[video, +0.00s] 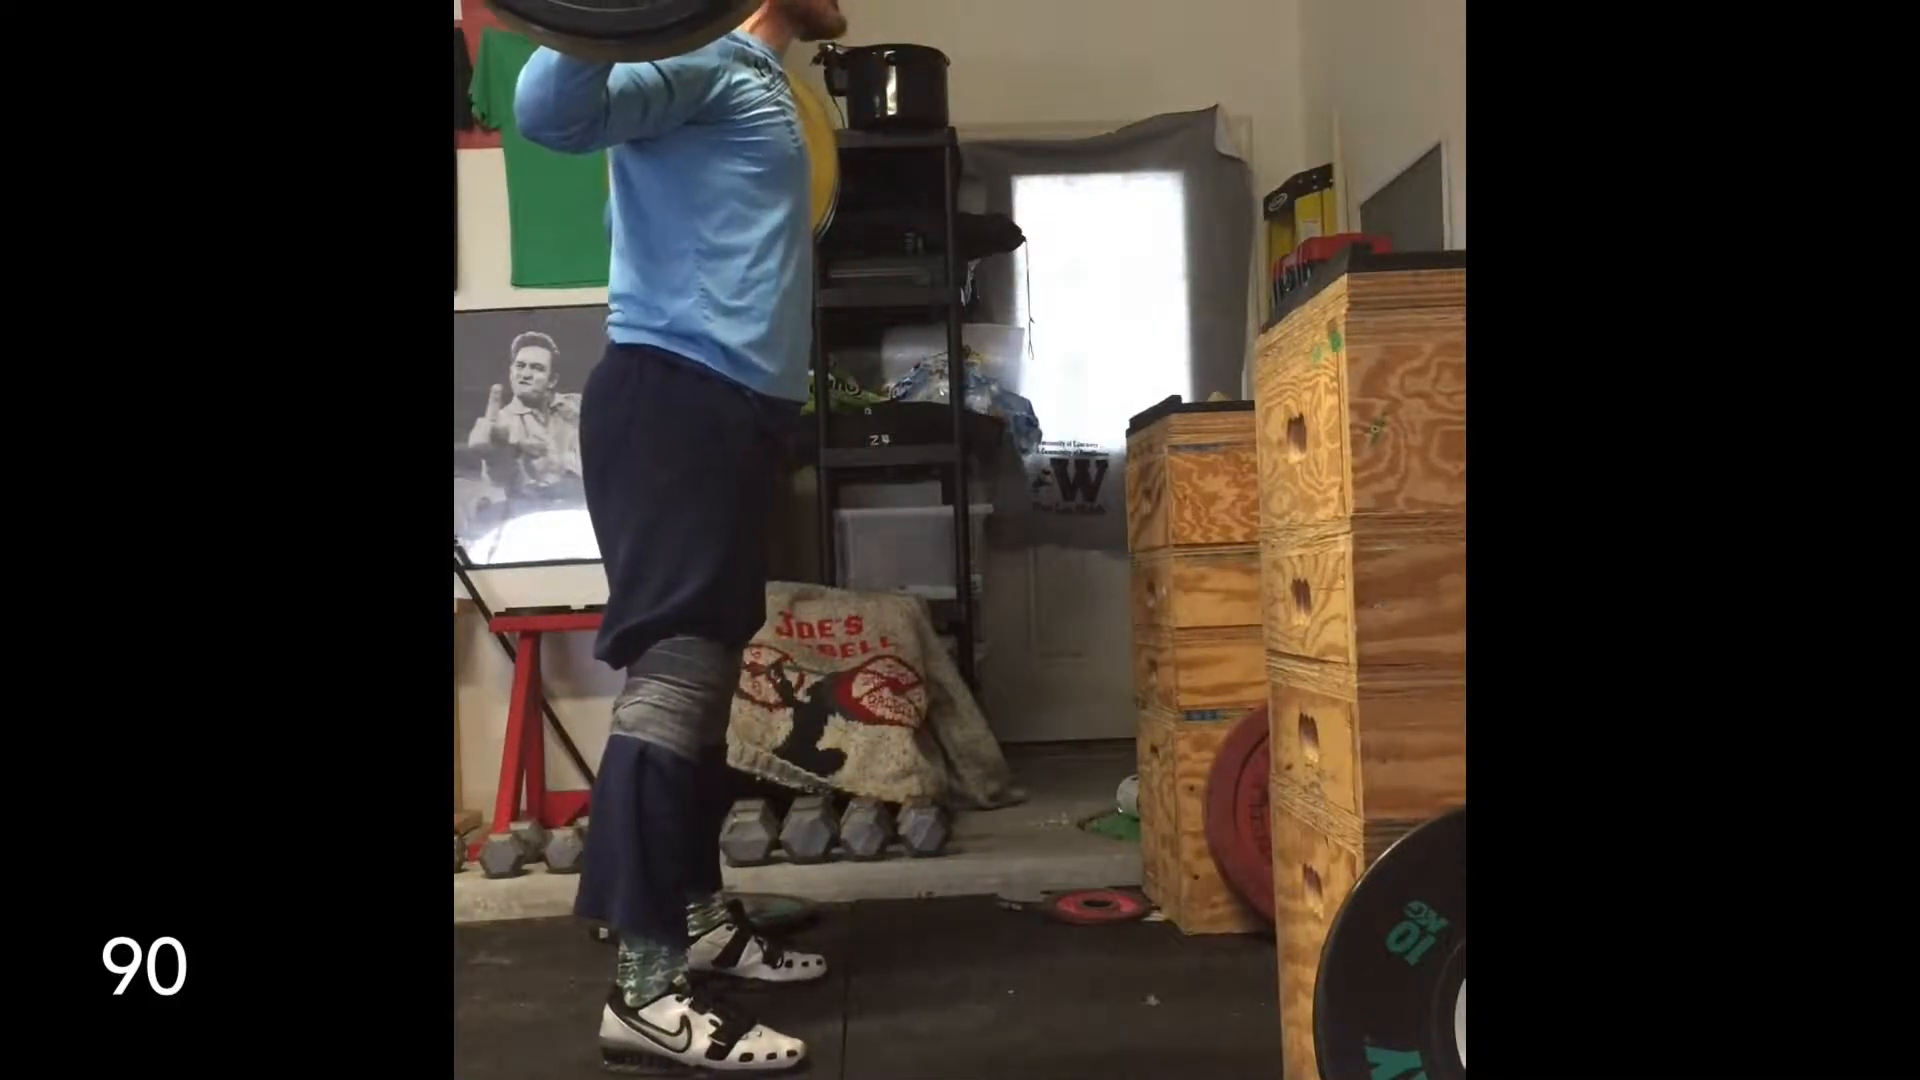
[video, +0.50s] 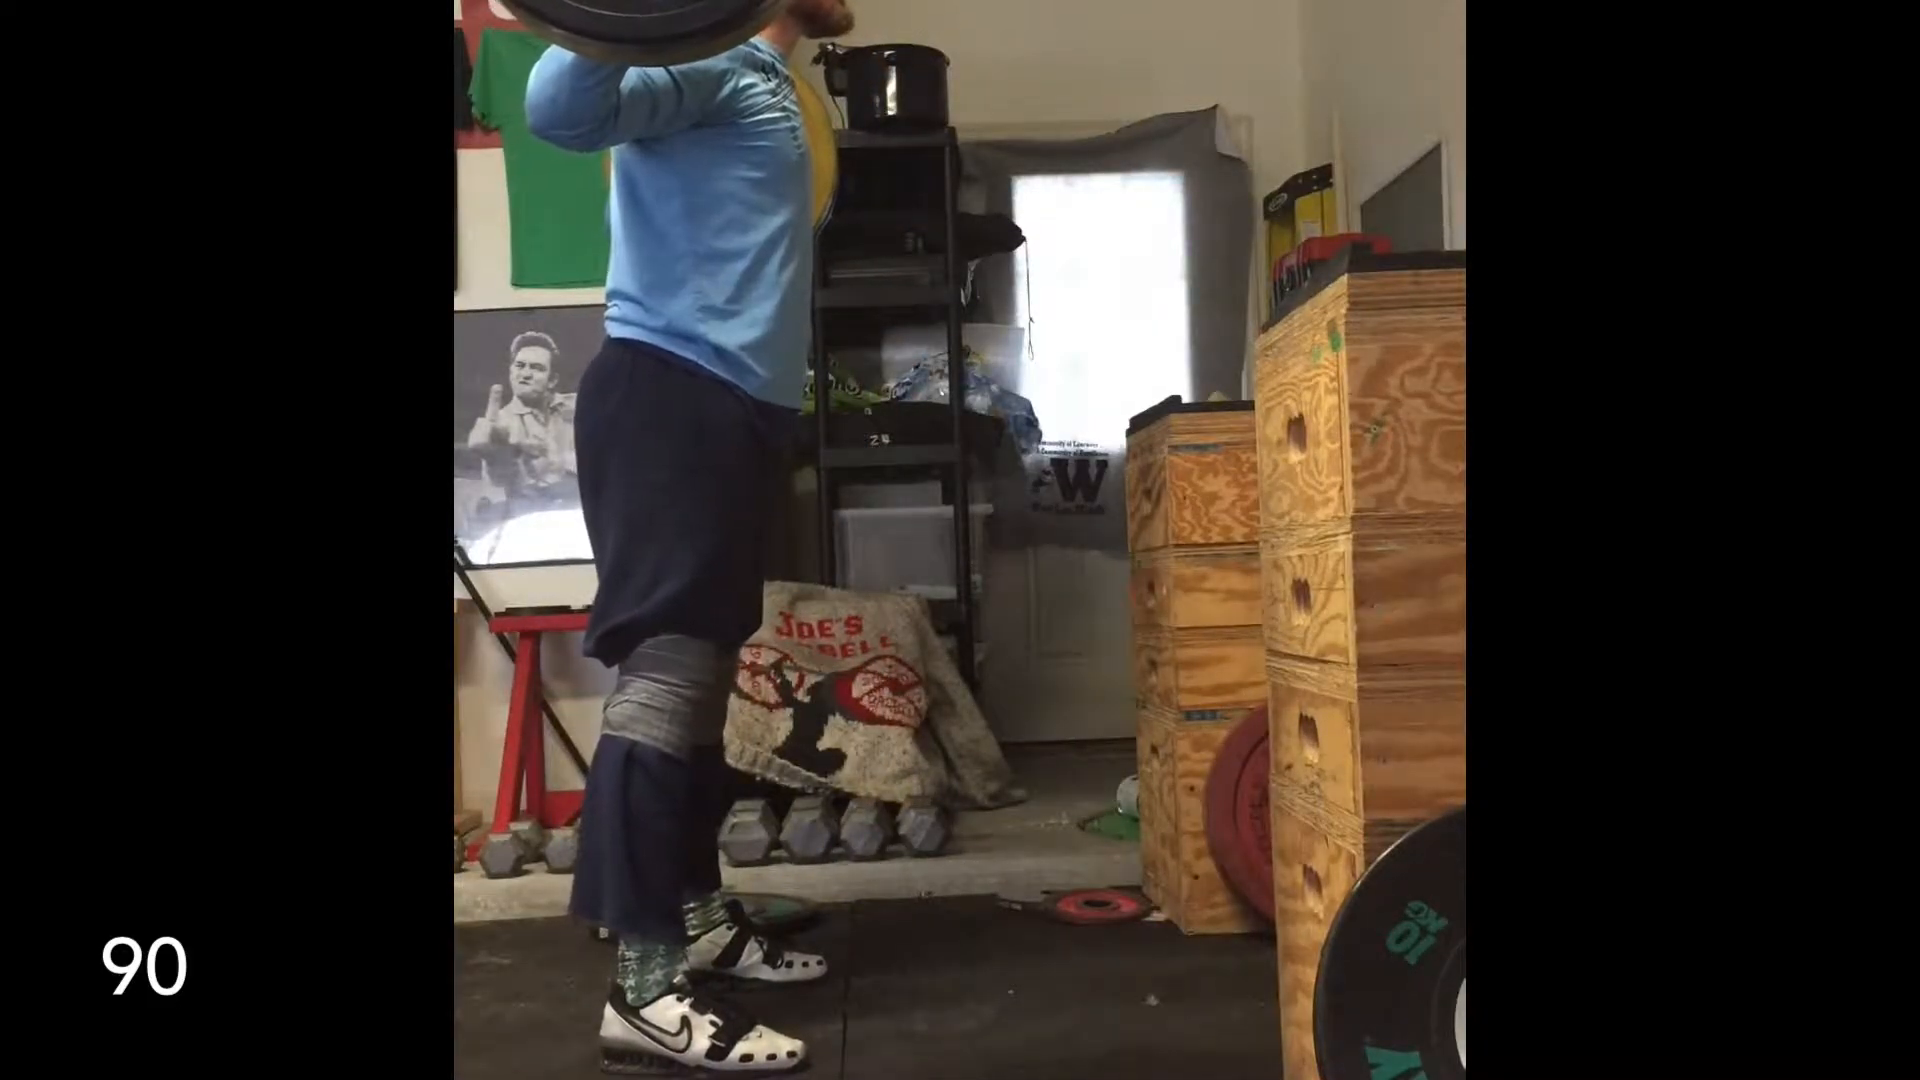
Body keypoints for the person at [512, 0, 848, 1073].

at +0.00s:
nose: (843, 3)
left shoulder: (782, 89)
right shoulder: (705, 64)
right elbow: (546, 114)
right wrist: (606, 12)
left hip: (739, 406)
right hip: (675, 395)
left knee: (707, 668)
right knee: (678, 672)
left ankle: (694, 916)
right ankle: (644, 982)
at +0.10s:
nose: (838, 1)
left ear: (780, 1)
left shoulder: (784, 90)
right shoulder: (707, 63)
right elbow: (551, 114)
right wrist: (609, 10)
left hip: (742, 406)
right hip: (675, 395)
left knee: (704, 671)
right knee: (674, 675)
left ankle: (691, 915)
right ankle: (646, 983)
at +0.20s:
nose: (839, 2)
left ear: (786, 0)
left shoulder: (782, 88)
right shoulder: (704, 63)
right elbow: (549, 111)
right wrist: (611, 9)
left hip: (740, 406)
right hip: (673, 395)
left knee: (703, 672)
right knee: (671, 677)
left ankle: (692, 915)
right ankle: (646, 983)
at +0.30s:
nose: (844, 2)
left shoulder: (786, 88)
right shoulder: (705, 65)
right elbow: (549, 112)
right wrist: (612, 8)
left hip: (738, 405)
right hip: (671, 396)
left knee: (704, 669)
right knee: (671, 675)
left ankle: (693, 914)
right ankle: (644, 984)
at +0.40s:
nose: (844, 2)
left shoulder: (787, 87)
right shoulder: (708, 64)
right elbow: (554, 113)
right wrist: (620, 9)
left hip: (736, 407)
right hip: (670, 396)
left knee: (700, 669)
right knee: (667, 675)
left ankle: (691, 913)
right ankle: (645, 982)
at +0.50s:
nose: (843, 3)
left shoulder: (783, 86)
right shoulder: (709, 63)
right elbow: (555, 110)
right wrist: (622, 9)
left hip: (737, 405)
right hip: (672, 395)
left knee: (704, 666)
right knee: (668, 672)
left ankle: (690, 913)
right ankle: (644, 981)